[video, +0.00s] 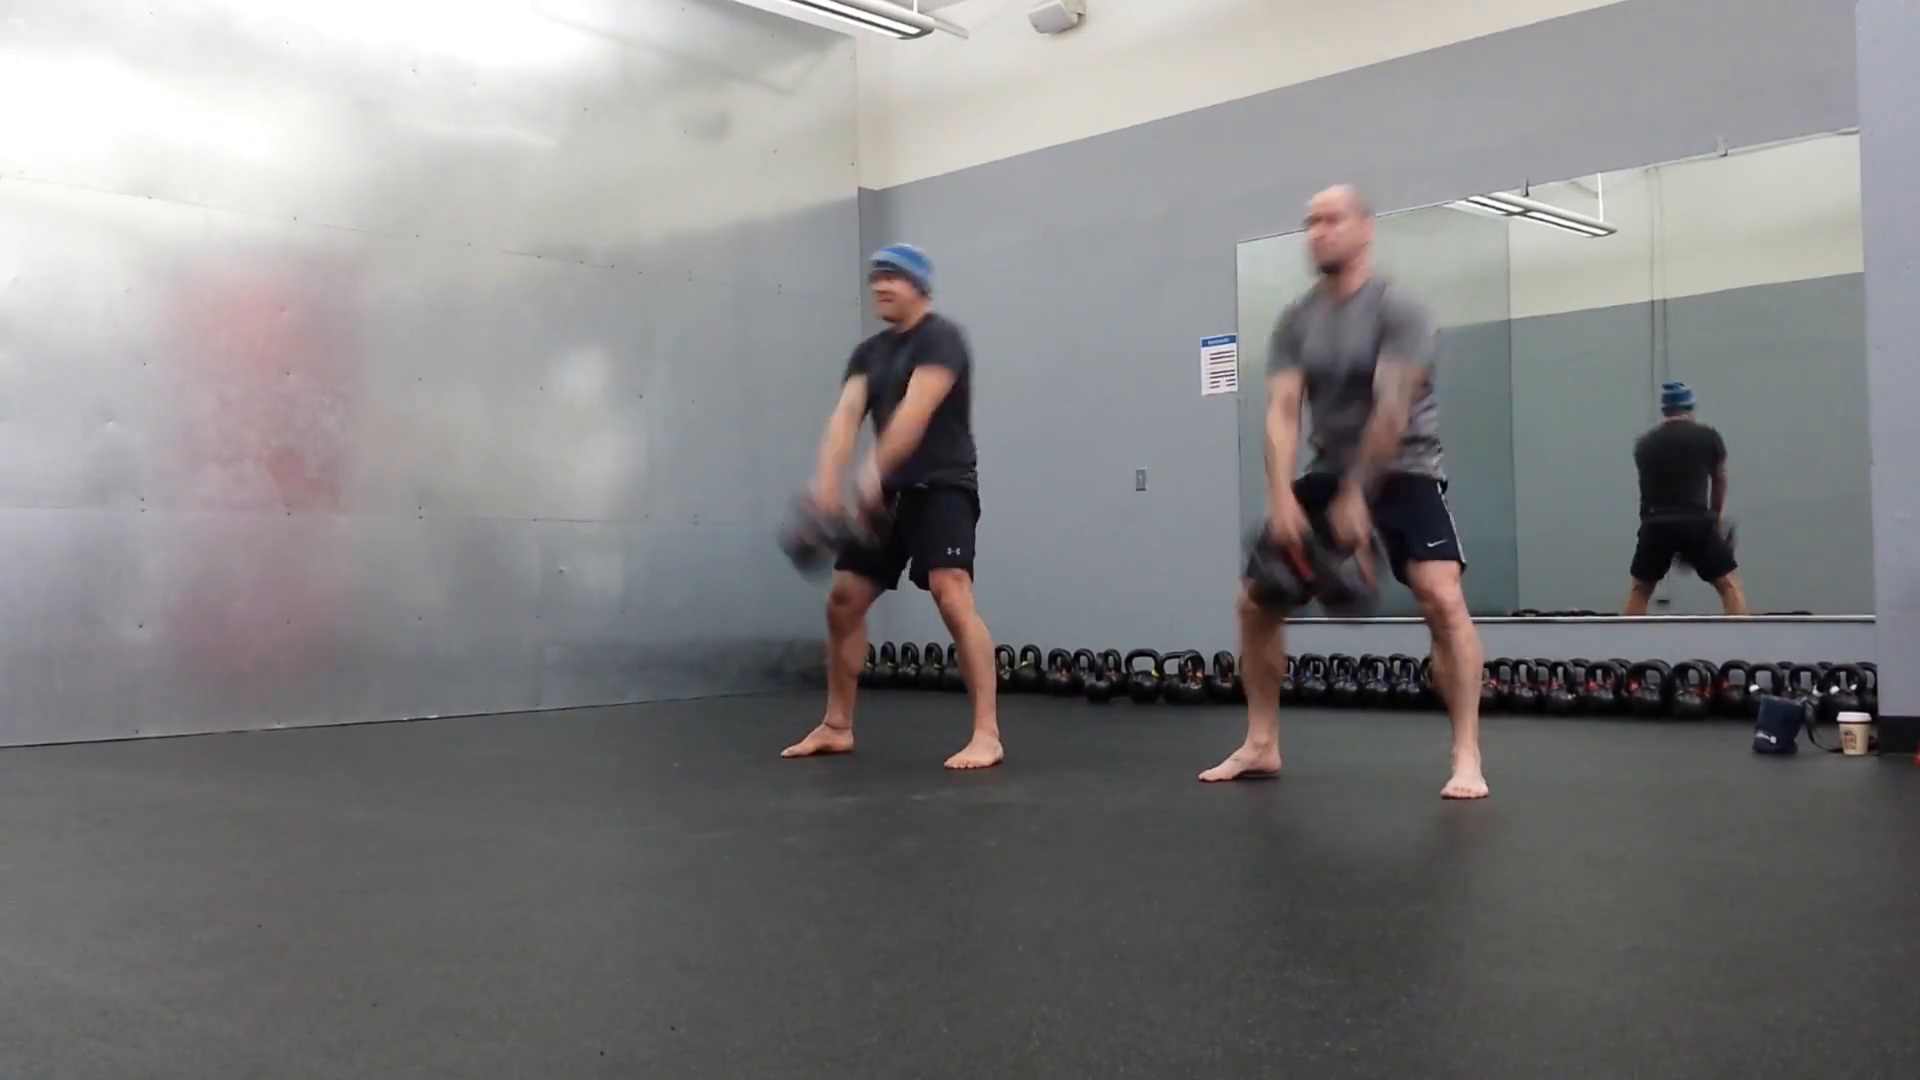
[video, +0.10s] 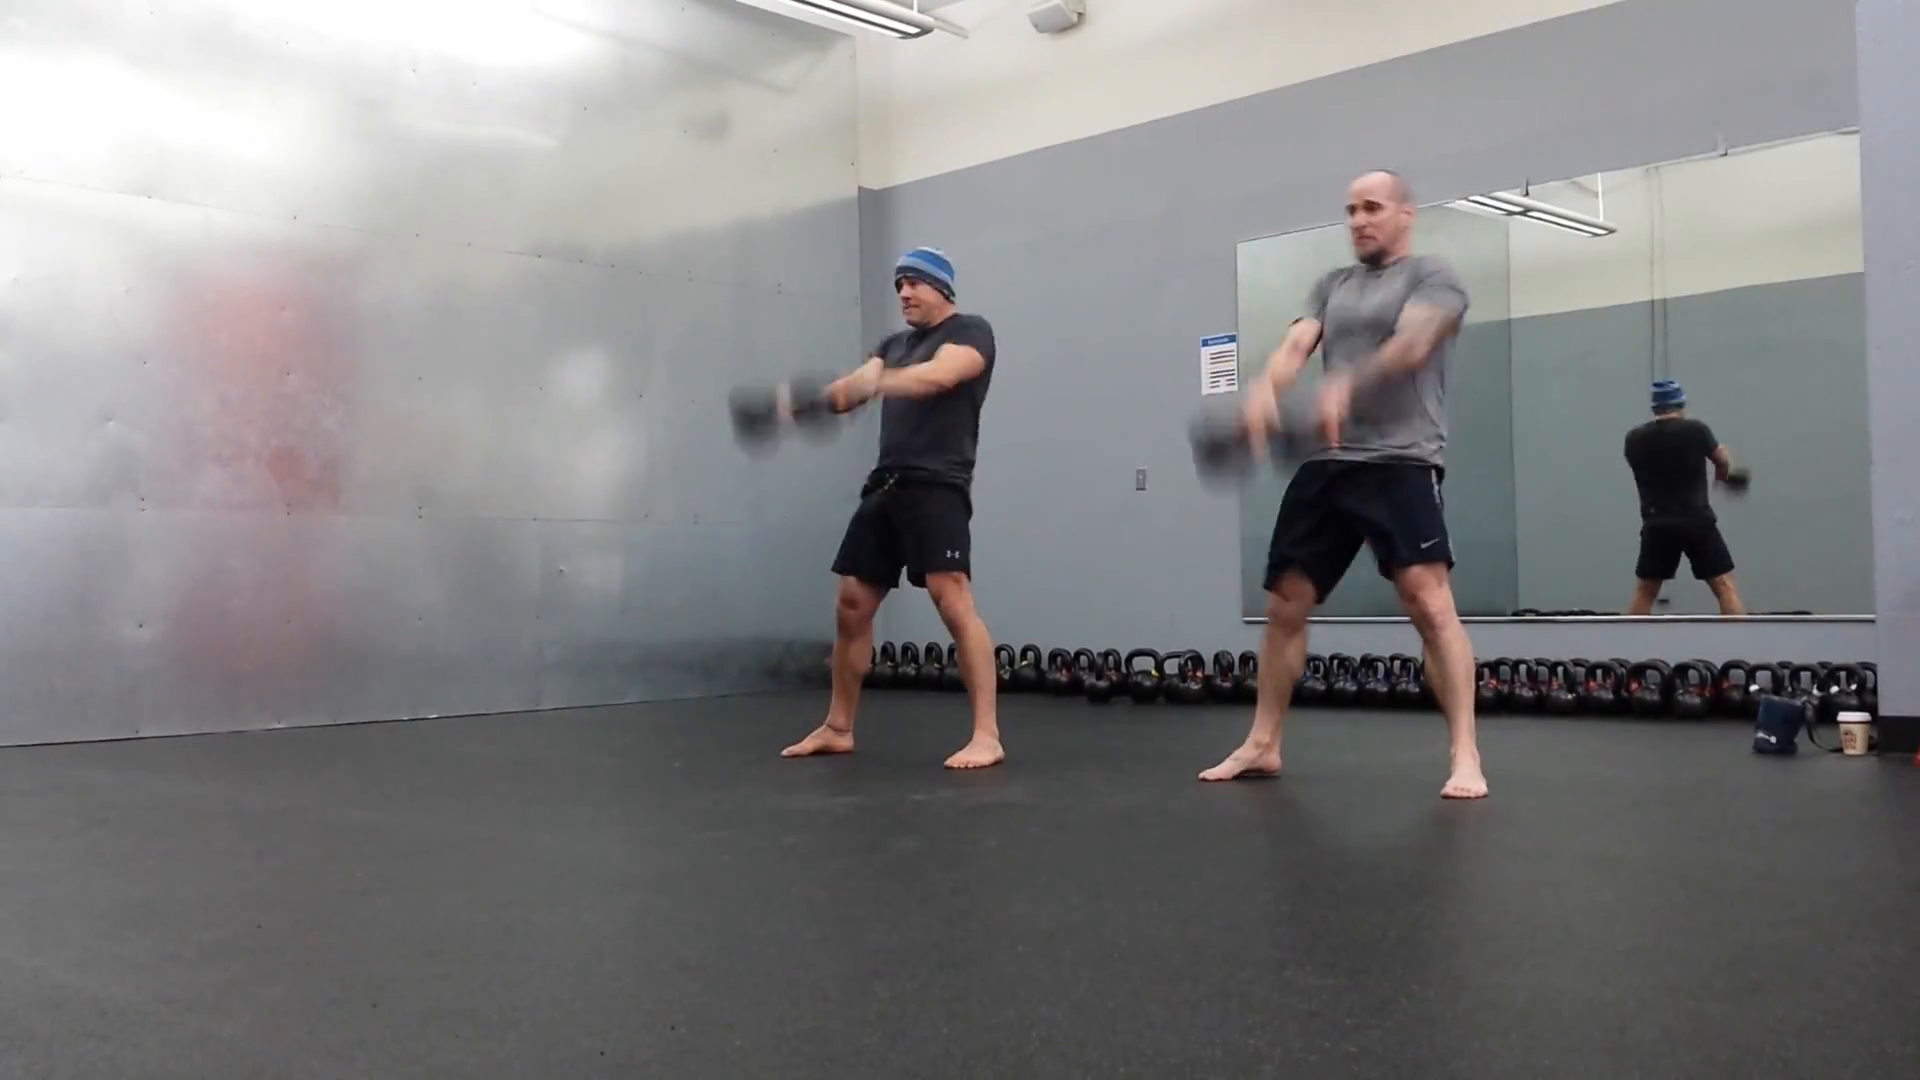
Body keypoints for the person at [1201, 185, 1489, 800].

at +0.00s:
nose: (1317, 233)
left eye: (1331, 220)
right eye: (1312, 223)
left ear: (1366, 228)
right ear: (1307, 235)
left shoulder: (1401, 310)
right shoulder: (1298, 318)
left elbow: (1390, 414)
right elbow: (1282, 411)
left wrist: (1355, 490)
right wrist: (1280, 496)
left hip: (1403, 472)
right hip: (1331, 473)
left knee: (1441, 597)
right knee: (1257, 602)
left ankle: (1467, 756)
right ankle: (1261, 742)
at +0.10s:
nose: (1359, 220)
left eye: (1372, 208)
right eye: (1352, 211)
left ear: (1407, 215)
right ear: (1345, 222)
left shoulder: (1435, 279)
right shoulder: (1334, 286)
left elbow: (1410, 347)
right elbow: (1295, 348)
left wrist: (1345, 385)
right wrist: (1263, 391)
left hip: (1403, 466)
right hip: (1328, 468)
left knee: (1429, 601)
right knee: (1286, 602)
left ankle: (1465, 754)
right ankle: (1263, 742)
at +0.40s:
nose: (1316, 210)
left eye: (1331, 198)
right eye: (1311, 201)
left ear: (1369, 206)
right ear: (1305, 212)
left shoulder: (1397, 267)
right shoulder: (1295, 273)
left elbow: (1397, 196)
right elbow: (1218, 240)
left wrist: (1343, 117)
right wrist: (1230, 159)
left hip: (1376, 467)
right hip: (1299, 472)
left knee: (1416, 609)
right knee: (1288, 618)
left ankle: (1462, 760)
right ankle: (1265, 746)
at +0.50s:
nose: (1298, 209)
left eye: (1309, 197)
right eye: (1294, 200)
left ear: (1346, 198)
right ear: (1288, 208)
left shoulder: (1380, 248)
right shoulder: (1280, 257)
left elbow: (1376, 146)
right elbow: (1232, 171)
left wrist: (1340, 48)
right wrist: (1238, 71)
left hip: (1373, 461)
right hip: (1293, 466)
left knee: (1415, 607)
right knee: (1288, 617)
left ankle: (1462, 759)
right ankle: (1265, 747)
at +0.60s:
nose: (1288, 207)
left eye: (1301, 195)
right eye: (1283, 198)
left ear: (1338, 195)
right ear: (1277, 207)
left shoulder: (1372, 244)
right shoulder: (1273, 252)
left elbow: (1372, 138)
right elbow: (1240, 150)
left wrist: (1354, 39)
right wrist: (1251, 57)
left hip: (1368, 461)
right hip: (1289, 464)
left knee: (1414, 609)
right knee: (1287, 618)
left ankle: (1462, 761)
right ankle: (1265, 748)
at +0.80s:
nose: (1292, 202)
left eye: (1305, 190)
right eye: (1287, 193)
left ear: (1343, 193)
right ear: (1282, 204)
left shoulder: (1373, 246)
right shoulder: (1276, 252)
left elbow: (1377, 140)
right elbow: (1248, 149)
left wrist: (1364, 41)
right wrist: (1260, 58)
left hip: (1360, 462)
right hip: (1284, 465)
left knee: (1410, 610)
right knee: (1283, 618)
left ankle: (1461, 758)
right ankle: (1265, 747)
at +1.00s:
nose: (1312, 198)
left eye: (1325, 187)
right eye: (1308, 189)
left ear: (1364, 197)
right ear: (1303, 201)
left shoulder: (1385, 250)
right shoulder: (1285, 260)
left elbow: (1388, 152)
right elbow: (1234, 181)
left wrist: (1368, 63)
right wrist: (1254, 89)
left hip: (1365, 461)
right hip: (1288, 463)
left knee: (1412, 612)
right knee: (1284, 616)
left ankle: (1460, 760)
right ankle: (1265, 747)